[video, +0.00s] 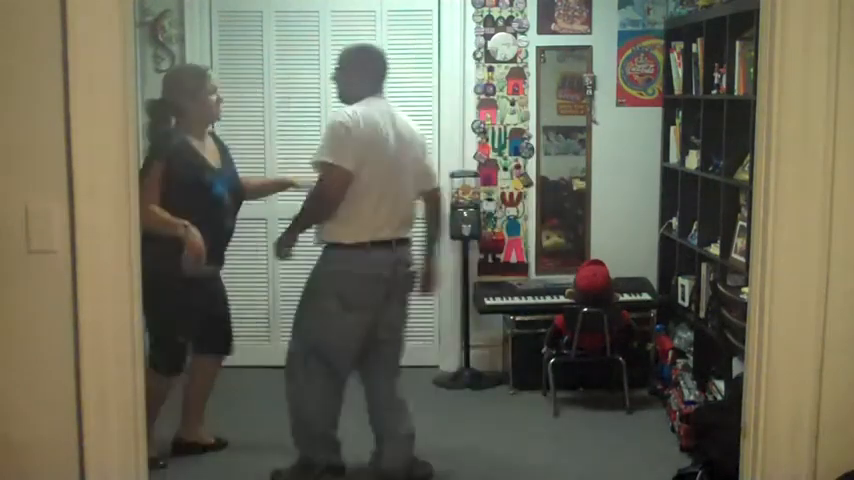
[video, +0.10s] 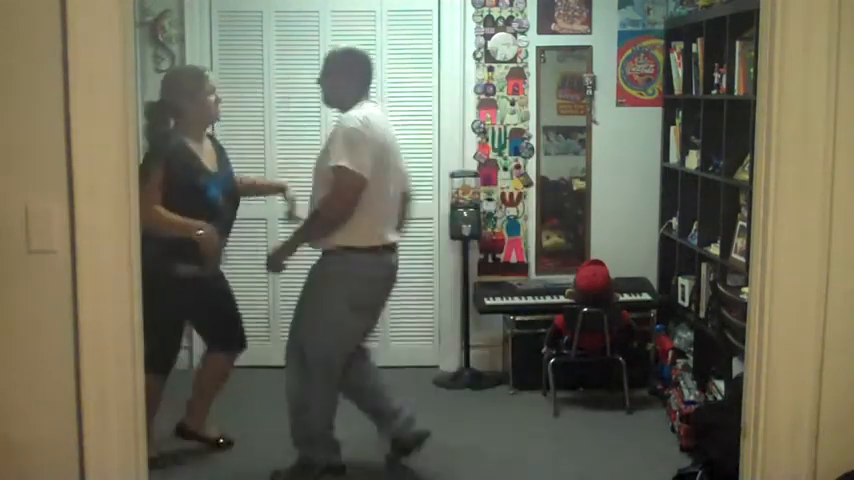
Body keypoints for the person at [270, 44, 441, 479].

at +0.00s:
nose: (335, 78)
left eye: (341, 71)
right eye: (337, 71)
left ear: (359, 74)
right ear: (378, 75)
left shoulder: (347, 121)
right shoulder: (407, 128)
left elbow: (329, 191)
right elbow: (434, 197)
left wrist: (293, 230)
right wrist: (431, 258)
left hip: (349, 264)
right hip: (396, 262)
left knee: (312, 359)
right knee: (382, 365)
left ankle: (318, 459)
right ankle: (396, 458)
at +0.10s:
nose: (321, 83)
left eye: (327, 76)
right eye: (323, 76)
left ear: (347, 78)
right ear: (361, 79)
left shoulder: (354, 124)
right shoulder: (379, 123)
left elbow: (342, 199)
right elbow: (401, 200)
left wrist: (289, 245)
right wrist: (377, 236)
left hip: (349, 263)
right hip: (374, 262)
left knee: (309, 352)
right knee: (339, 352)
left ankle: (316, 455)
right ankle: (402, 429)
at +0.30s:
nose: (303, 84)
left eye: (311, 77)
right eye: (304, 77)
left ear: (339, 81)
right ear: (325, 84)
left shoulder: (368, 125)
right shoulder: (331, 130)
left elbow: (385, 193)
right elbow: (313, 191)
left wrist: (367, 269)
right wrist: (267, 219)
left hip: (365, 260)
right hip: (336, 257)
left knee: (328, 356)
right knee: (319, 346)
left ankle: (321, 457)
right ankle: (361, 426)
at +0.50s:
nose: (310, 82)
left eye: (320, 74)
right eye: (307, 74)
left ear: (341, 79)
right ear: (301, 80)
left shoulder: (377, 122)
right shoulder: (295, 140)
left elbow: (425, 175)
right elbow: (248, 178)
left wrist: (451, 243)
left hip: (394, 246)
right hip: (347, 248)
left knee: (364, 342)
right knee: (336, 349)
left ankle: (352, 446)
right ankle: (366, 432)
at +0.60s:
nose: (325, 73)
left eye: (334, 65)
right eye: (318, 65)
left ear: (349, 72)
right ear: (309, 74)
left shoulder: (387, 118)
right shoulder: (297, 138)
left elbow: (432, 163)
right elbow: (252, 178)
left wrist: (460, 219)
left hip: (398, 242)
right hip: (348, 245)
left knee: (382, 340)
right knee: (342, 345)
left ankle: (392, 440)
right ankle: (361, 434)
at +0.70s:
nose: (339, 65)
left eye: (347, 59)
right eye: (331, 59)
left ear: (361, 69)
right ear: (320, 72)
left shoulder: (396, 115)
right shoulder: (303, 135)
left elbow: (435, 163)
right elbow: (276, 194)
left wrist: (462, 213)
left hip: (404, 243)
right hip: (348, 245)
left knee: (404, 336)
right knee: (346, 341)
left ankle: (408, 416)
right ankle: (362, 427)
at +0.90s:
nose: (358, 76)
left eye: (366, 69)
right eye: (350, 71)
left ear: (381, 76)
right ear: (341, 82)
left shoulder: (414, 124)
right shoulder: (326, 143)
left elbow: (441, 179)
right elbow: (312, 205)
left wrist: (456, 232)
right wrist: (310, 261)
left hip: (413, 253)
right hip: (357, 255)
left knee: (414, 346)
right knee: (348, 342)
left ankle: (404, 424)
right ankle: (347, 418)